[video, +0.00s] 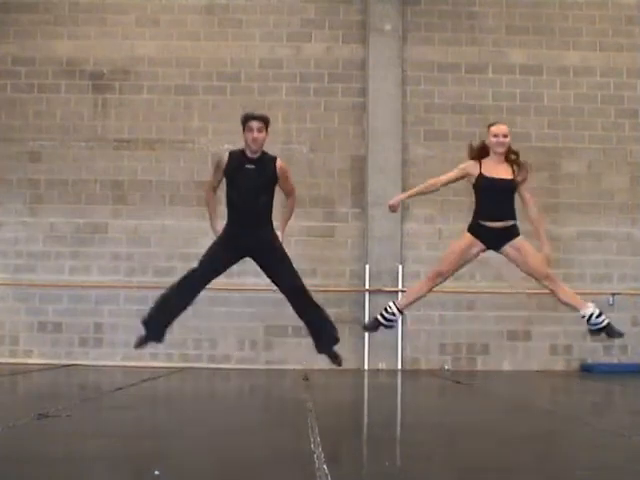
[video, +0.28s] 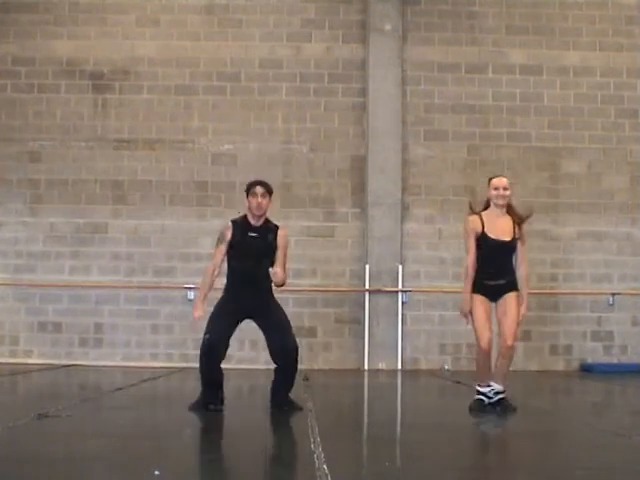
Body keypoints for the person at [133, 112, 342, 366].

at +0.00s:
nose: (255, 135)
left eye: (260, 131)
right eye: (251, 130)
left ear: (266, 136)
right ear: (243, 134)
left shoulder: (276, 167)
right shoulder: (226, 160)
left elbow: (291, 196)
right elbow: (211, 191)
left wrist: (281, 230)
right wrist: (215, 227)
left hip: (264, 240)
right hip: (233, 238)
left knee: (295, 289)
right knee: (196, 279)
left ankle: (327, 343)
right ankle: (153, 329)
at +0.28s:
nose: (258, 201)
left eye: (263, 196)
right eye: (253, 196)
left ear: (270, 201)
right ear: (246, 200)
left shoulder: (278, 233)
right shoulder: (231, 229)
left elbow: (281, 278)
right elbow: (214, 268)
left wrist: (277, 276)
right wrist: (200, 301)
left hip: (264, 302)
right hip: (233, 301)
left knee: (289, 351)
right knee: (210, 348)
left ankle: (280, 398)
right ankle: (210, 399)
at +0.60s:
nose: (246, 191)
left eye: (250, 187)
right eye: (241, 186)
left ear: (257, 188)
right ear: (234, 188)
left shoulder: (267, 204)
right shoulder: (224, 204)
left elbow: (301, 211)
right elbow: (193, 180)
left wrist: (326, 229)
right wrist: (201, 152)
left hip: (261, 292)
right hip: (229, 292)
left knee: (292, 341)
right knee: (199, 340)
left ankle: (317, 398)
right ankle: (176, 399)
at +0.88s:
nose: (231, 200)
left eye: (236, 195)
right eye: (227, 195)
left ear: (245, 198)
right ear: (221, 200)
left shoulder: (260, 223)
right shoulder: (215, 228)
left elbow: (292, 246)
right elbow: (176, 232)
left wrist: (313, 273)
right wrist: (186, 203)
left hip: (261, 302)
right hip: (229, 304)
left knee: (295, 348)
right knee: (199, 347)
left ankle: (316, 398)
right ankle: (178, 399)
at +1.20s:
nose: (262, 200)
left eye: (267, 195)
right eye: (257, 196)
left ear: (274, 199)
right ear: (251, 199)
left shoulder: (281, 223)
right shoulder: (236, 222)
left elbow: (316, 223)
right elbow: (198, 223)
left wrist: (304, 199)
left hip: (272, 302)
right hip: (239, 302)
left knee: (305, 348)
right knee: (206, 346)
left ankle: (327, 402)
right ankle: (179, 398)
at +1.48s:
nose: (280, 201)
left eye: (284, 198)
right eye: (277, 198)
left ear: (296, 201)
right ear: (274, 201)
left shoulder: (295, 230)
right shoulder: (266, 231)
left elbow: (283, 207)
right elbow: (225, 233)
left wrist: (298, 185)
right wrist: (193, 219)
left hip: (277, 303)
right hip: (251, 300)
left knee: (300, 357)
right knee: (220, 347)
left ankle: (330, 404)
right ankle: (183, 396)